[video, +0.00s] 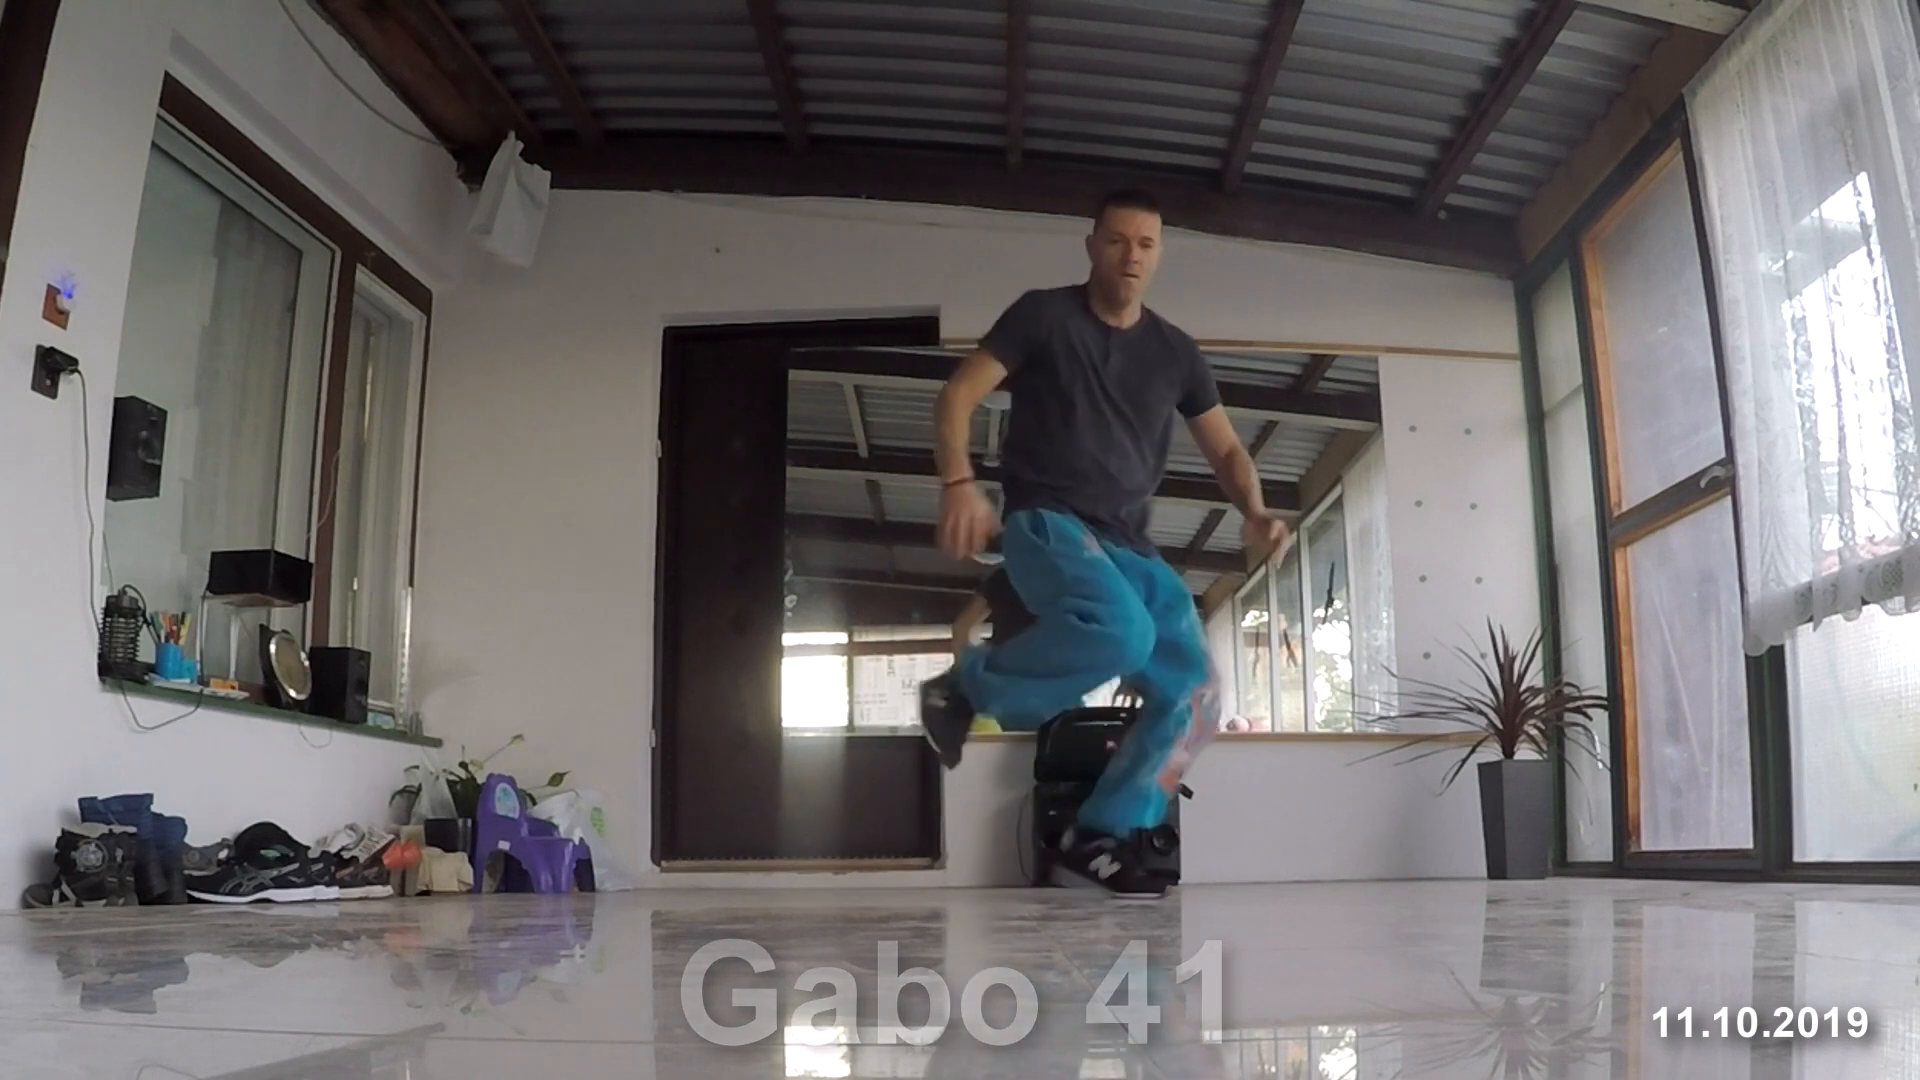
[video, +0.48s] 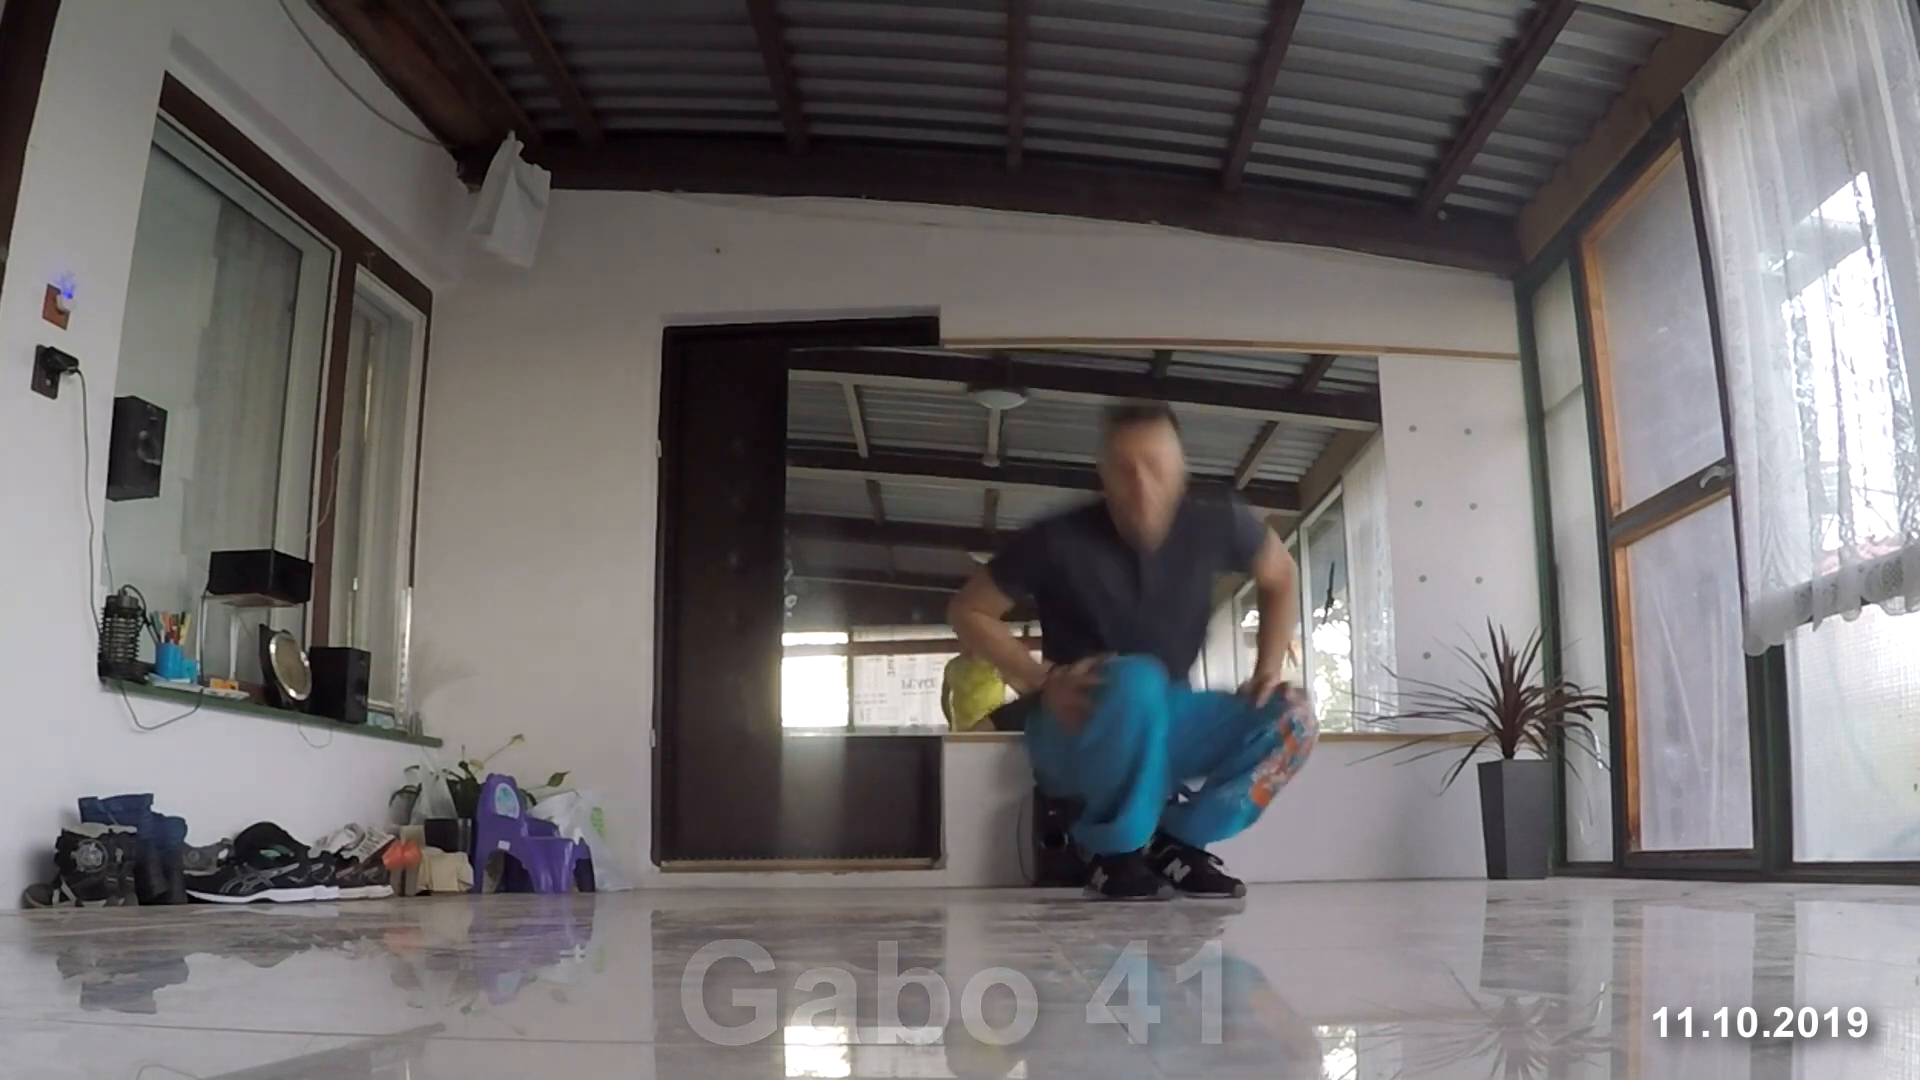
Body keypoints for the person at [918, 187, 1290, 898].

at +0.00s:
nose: (1131, 256)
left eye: (1145, 244)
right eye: (1118, 241)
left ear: (1160, 254)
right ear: (1091, 246)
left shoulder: (1177, 353)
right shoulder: (1043, 315)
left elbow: (1227, 453)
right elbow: (955, 396)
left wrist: (1255, 510)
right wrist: (958, 483)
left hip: (1129, 544)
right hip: (1047, 521)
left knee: (1188, 673)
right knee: (1120, 634)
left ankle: (1100, 835)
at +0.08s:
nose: (1138, 270)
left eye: (1152, 258)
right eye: (1125, 255)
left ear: (1171, 268)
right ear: (1101, 259)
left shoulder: (1188, 364)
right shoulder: (1056, 328)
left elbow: (1218, 468)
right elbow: (970, 408)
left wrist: (1240, 529)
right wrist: (991, 504)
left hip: (1141, 555)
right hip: (1047, 531)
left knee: (1222, 660)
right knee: (1115, 620)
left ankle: (1126, 819)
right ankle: (1014, 716)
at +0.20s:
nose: (1159, 335)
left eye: (1174, 321)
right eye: (1145, 320)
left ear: (1192, 335)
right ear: (1121, 327)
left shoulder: (1202, 425)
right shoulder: (1073, 399)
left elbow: (1231, 533)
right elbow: (982, 486)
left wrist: (1232, 599)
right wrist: (1034, 580)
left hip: (1157, 601)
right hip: (1065, 593)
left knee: (1240, 668)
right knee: (1113, 645)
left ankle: (1176, 827)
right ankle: (1100, 832)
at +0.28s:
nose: (1167, 418)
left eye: (1182, 404)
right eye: (1152, 403)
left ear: (1201, 415)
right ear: (1128, 409)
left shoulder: (1216, 503)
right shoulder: (1074, 488)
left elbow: (1257, 576)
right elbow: (978, 549)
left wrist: (1244, 645)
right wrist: (1037, 636)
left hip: (1162, 696)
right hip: (1060, 693)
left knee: (1261, 696)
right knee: (1112, 668)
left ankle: (1178, 843)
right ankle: (1116, 853)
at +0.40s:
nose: (1166, 534)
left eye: (1182, 518)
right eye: (1150, 517)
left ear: (1204, 524)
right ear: (1126, 520)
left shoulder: (1229, 578)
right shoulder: (1071, 572)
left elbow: (1292, 589)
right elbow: (968, 598)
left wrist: (1259, 679)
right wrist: (1020, 691)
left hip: (1174, 774)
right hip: (1072, 770)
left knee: (1285, 715)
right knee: (1090, 679)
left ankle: (1178, 848)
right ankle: (1112, 853)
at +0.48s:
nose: (1141, 484)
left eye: (1154, 467)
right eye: (1124, 469)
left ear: (1180, 471)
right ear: (1102, 473)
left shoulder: (1215, 524)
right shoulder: (1058, 542)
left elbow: (1279, 576)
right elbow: (968, 612)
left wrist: (1269, 671)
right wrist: (1040, 682)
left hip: (1172, 728)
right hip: (1067, 736)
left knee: (1292, 714)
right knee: (1138, 680)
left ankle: (1177, 843)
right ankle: (1115, 851)